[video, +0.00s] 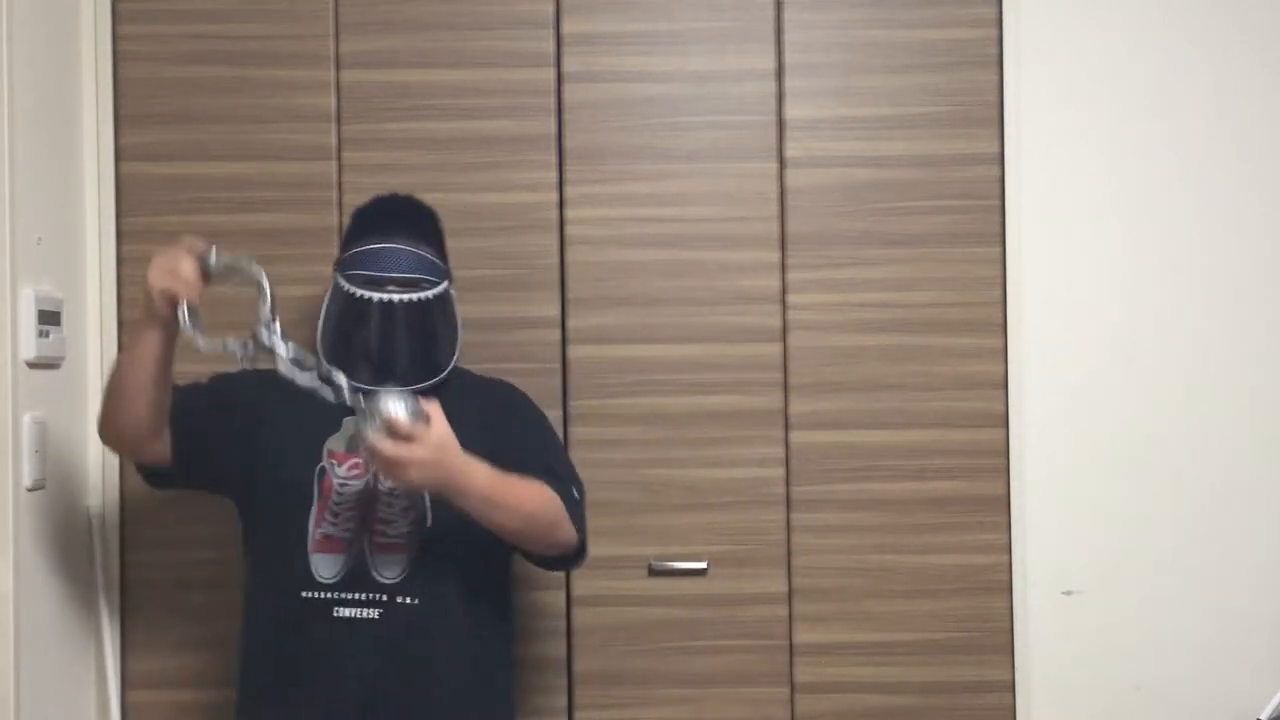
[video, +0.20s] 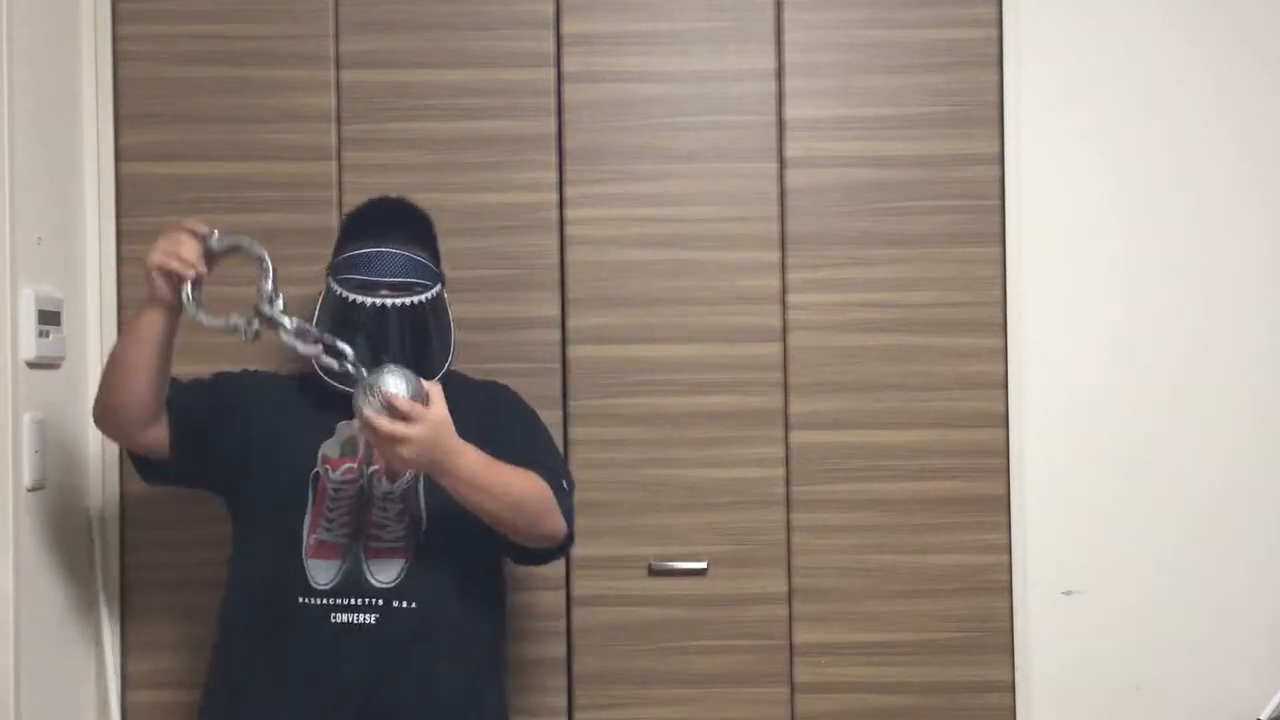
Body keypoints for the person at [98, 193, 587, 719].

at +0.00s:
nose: (387, 317)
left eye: (410, 297)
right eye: (367, 296)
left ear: (441, 299)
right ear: (337, 292)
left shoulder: (497, 413)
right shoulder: (268, 406)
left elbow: (564, 536)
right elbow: (134, 434)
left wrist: (452, 472)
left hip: (451, 701)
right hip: (293, 701)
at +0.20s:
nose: (383, 317)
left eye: (406, 299)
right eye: (361, 297)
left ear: (436, 304)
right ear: (329, 298)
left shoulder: (489, 414)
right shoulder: (261, 408)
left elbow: (549, 529)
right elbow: (126, 419)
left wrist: (447, 457)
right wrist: (160, 307)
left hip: (440, 702)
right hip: (273, 700)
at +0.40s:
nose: (420, 326)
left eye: (441, 308)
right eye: (402, 305)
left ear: (474, 309)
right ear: (371, 302)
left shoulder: (528, 429)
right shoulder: (303, 420)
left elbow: (593, 558)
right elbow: (181, 516)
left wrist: (501, 578)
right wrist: (198, 447)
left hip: (476, 704)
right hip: (316, 702)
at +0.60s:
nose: (507, 349)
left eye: (526, 329)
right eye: (487, 328)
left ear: (556, 328)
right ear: (453, 323)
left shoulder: (615, 454)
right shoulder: (386, 455)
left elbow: (652, 594)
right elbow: (333, 567)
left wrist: (615, 691)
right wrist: (334, 611)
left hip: (558, 706)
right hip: (409, 703)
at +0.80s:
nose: (597, 330)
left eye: (616, 311)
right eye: (577, 312)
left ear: (645, 308)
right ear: (545, 310)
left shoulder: (713, 426)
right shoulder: (491, 437)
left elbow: (793, 539)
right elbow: (406, 576)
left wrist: (750, 606)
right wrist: (455, 511)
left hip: (684, 700)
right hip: (539, 701)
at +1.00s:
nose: (638, 303)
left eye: (658, 280)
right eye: (615, 281)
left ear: (686, 286)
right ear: (579, 290)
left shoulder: (758, 406)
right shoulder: (541, 413)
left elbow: (884, 495)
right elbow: (444, 456)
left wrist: (858, 439)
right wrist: (517, 331)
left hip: (740, 698)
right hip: (588, 700)